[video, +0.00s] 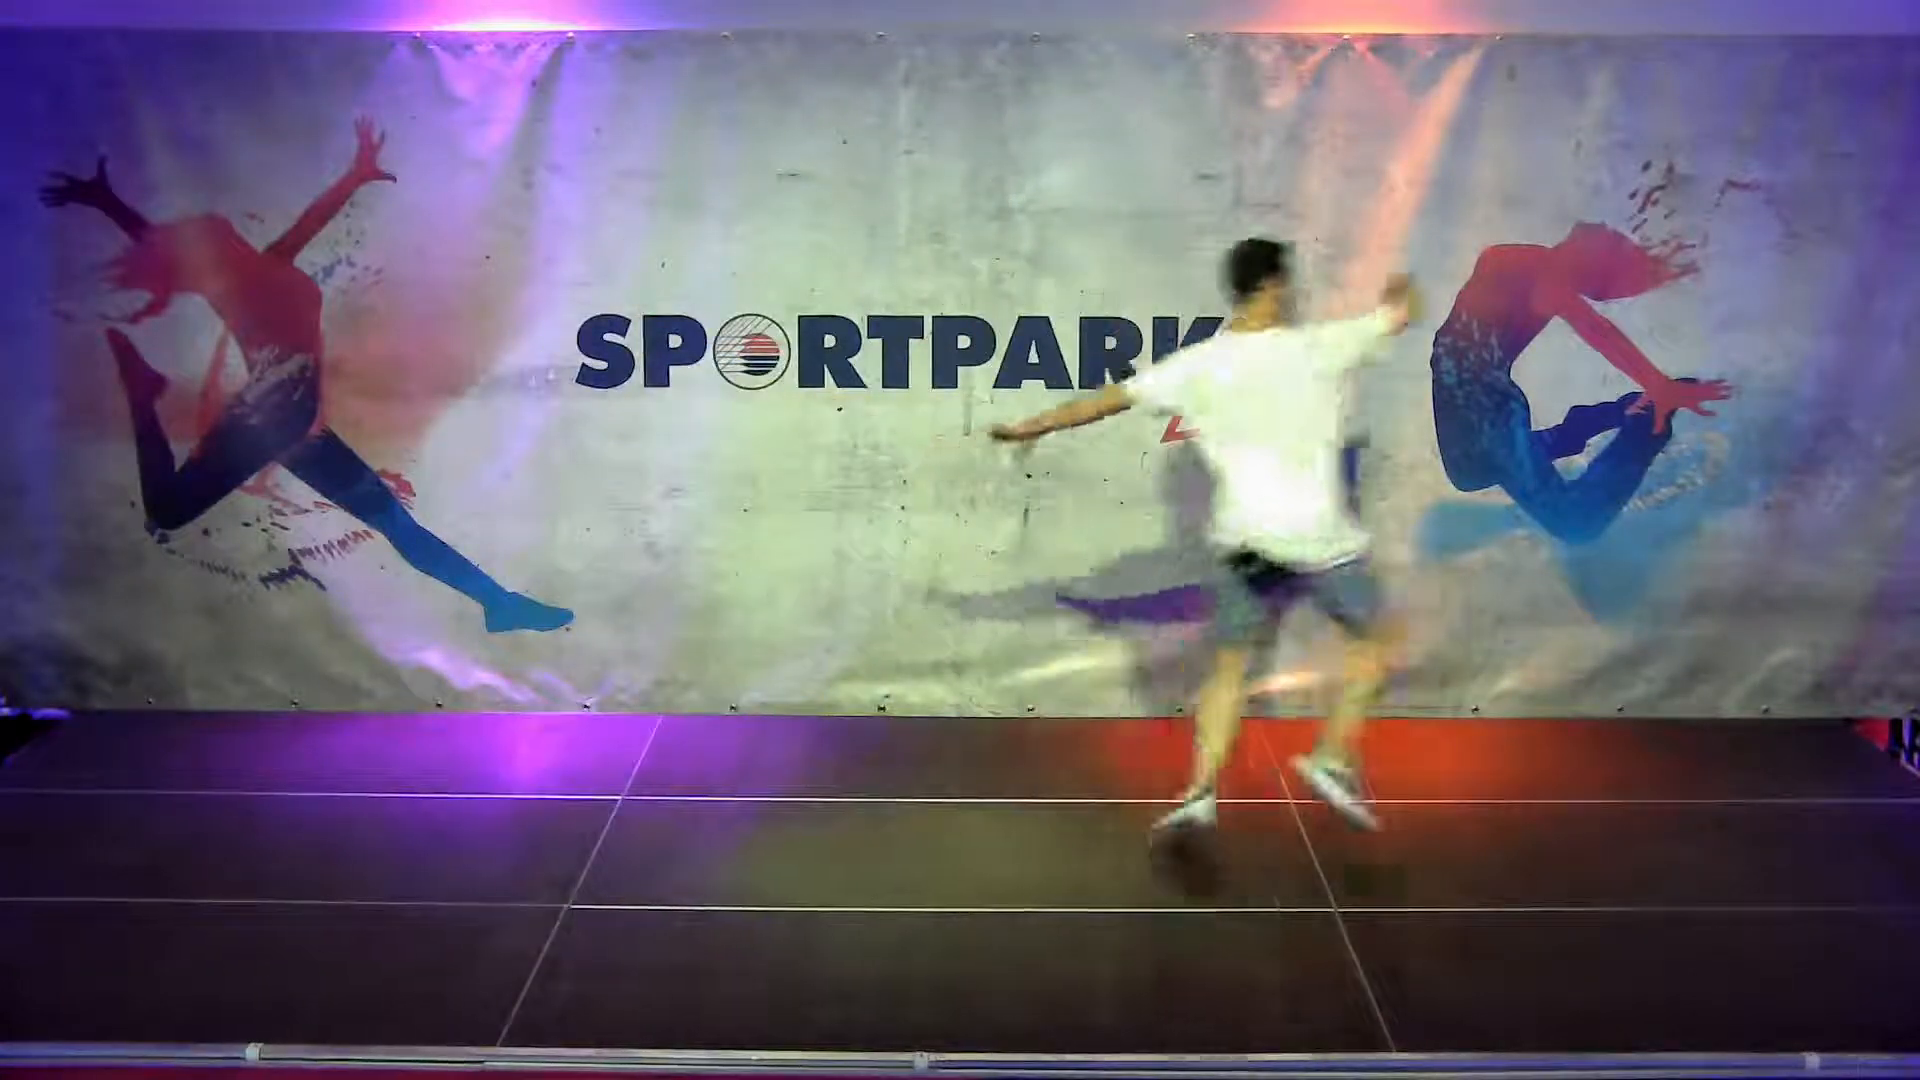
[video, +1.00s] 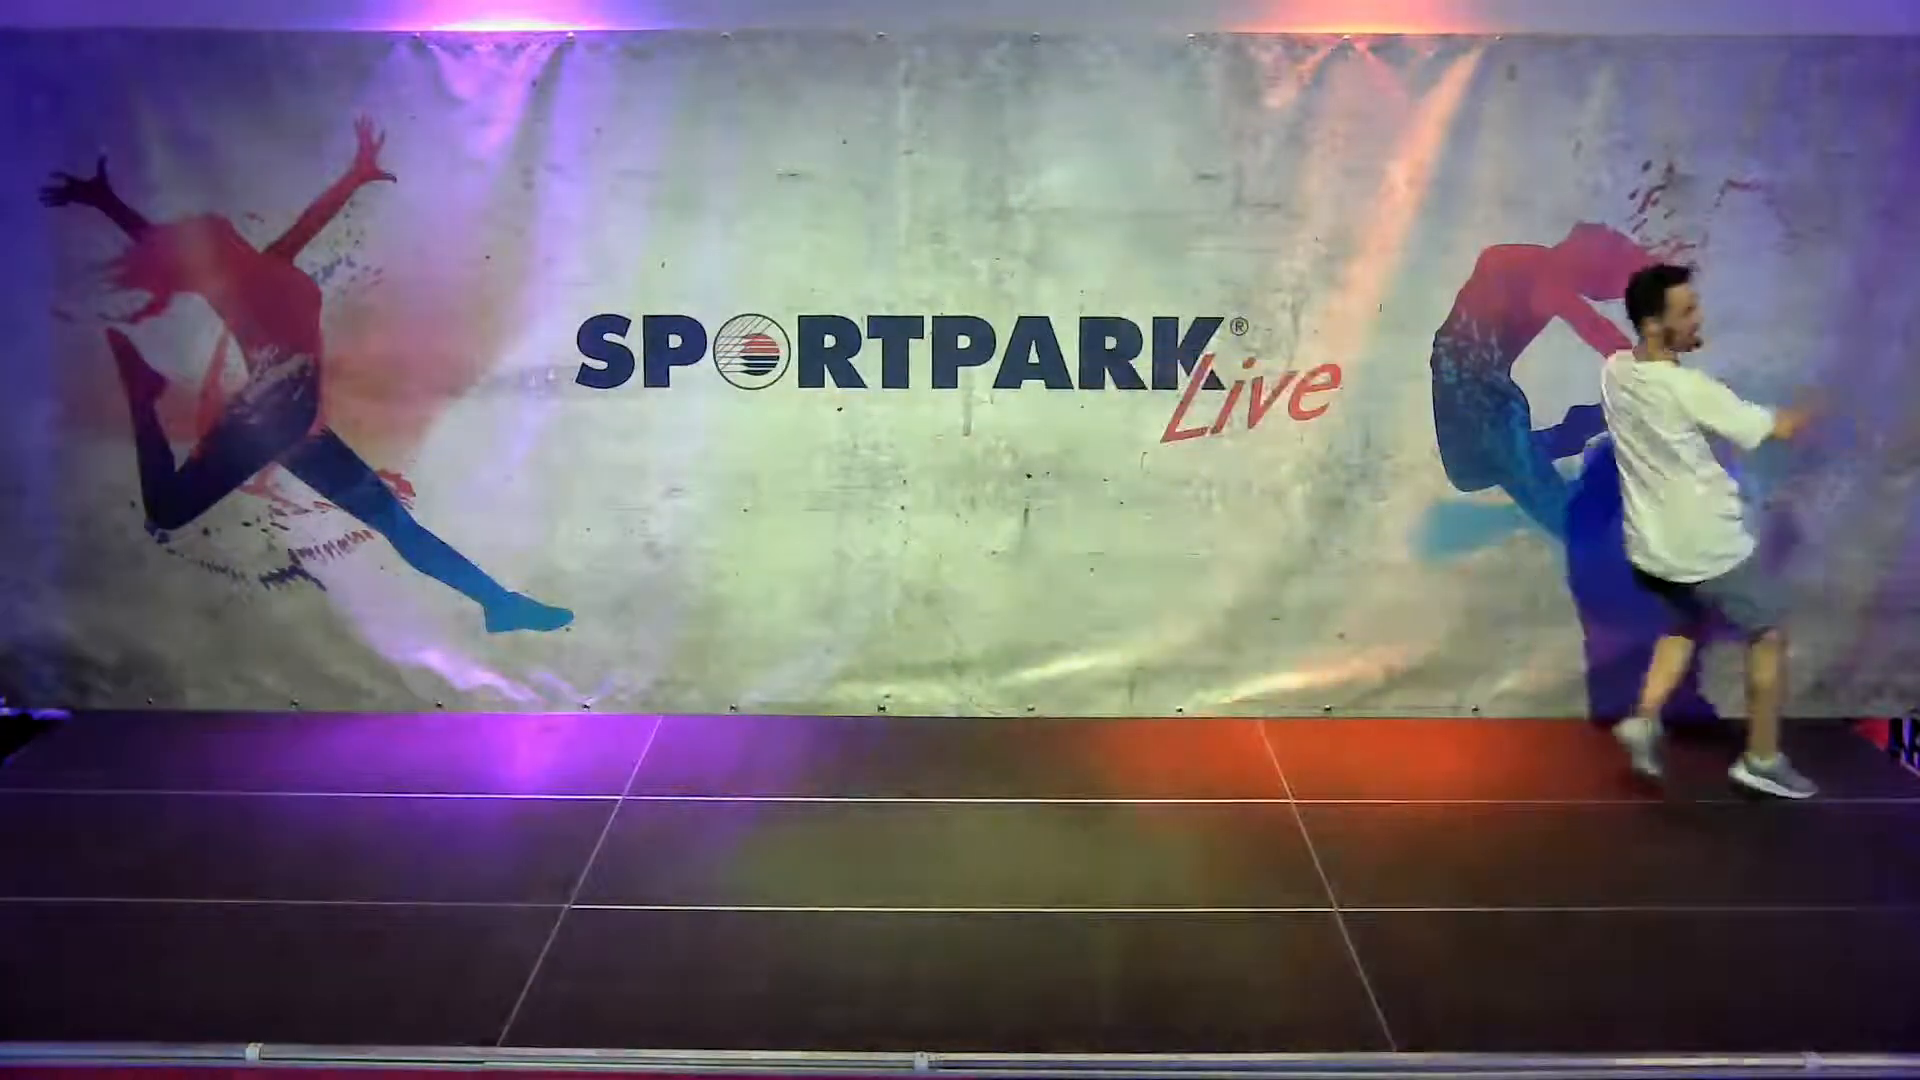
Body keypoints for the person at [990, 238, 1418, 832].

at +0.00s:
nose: (1289, 294)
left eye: (1282, 284)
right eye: (1285, 285)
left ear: (1233, 291)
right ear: (1274, 288)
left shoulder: (1198, 363)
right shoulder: (1319, 347)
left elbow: (1115, 399)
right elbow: (1397, 318)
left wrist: (1034, 427)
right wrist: (1402, 290)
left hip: (1245, 537)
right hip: (1318, 534)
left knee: (1229, 660)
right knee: (1375, 640)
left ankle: (1201, 792)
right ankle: (1333, 759)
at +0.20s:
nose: (1419, 310)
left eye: (1411, 299)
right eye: (1416, 299)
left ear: (1365, 308)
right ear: (1412, 304)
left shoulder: (1331, 371)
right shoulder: (1442, 359)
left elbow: (1237, 371)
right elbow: (1505, 330)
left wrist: (1138, 369)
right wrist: (1450, 277)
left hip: (1371, 559)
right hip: (1437, 553)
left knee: (1447, 679)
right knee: (1434, 694)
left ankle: (1504, 801)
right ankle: (1388, 846)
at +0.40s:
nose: (1570, 347)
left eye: (1567, 337)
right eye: (1567, 336)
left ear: (1514, 339)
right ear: (1555, 338)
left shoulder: (1482, 404)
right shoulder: (1591, 395)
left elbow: (1403, 429)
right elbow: (1661, 402)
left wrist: (1323, 449)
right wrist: (1688, 395)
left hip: (1542, 589)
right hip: (1602, 579)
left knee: (1646, 686)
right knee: (1649, 697)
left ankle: (1674, 818)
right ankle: (1553, 791)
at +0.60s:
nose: (1653, 330)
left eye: (1650, 320)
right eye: (1651, 320)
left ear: (1596, 322)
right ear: (1639, 322)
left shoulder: (1553, 392)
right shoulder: (1661, 389)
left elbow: (1488, 465)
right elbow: (1758, 430)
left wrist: (1495, 481)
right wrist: (1837, 455)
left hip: (1613, 572)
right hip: (1682, 553)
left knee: (1680, 702)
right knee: (1740, 668)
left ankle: (1756, 821)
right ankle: (1804, 784)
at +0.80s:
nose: (1705, 332)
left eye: (1705, 322)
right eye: (1705, 323)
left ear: (1647, 322)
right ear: (1694, 325)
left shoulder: (1606, 391)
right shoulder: (1705, 392)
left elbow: (1617, 436)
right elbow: (1779, 448)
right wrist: (1866, 483)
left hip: (1659, 565)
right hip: (1730, 556)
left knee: (1689, 679)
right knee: (1761, 659)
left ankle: (1737, 777)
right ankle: (1777, 769)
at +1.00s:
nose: (1698, 319)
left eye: (1695, 307)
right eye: (1688, 311)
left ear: (1646, 324)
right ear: (1656, 322)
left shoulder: (1614, 374)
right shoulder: (1686, 387)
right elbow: (1765, 427)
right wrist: (1806, 411)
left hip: (1648, 551)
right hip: (1708, 551)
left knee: (1684, 623)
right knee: (1767, 632)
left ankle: (1644, 720)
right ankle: (1762, 757)